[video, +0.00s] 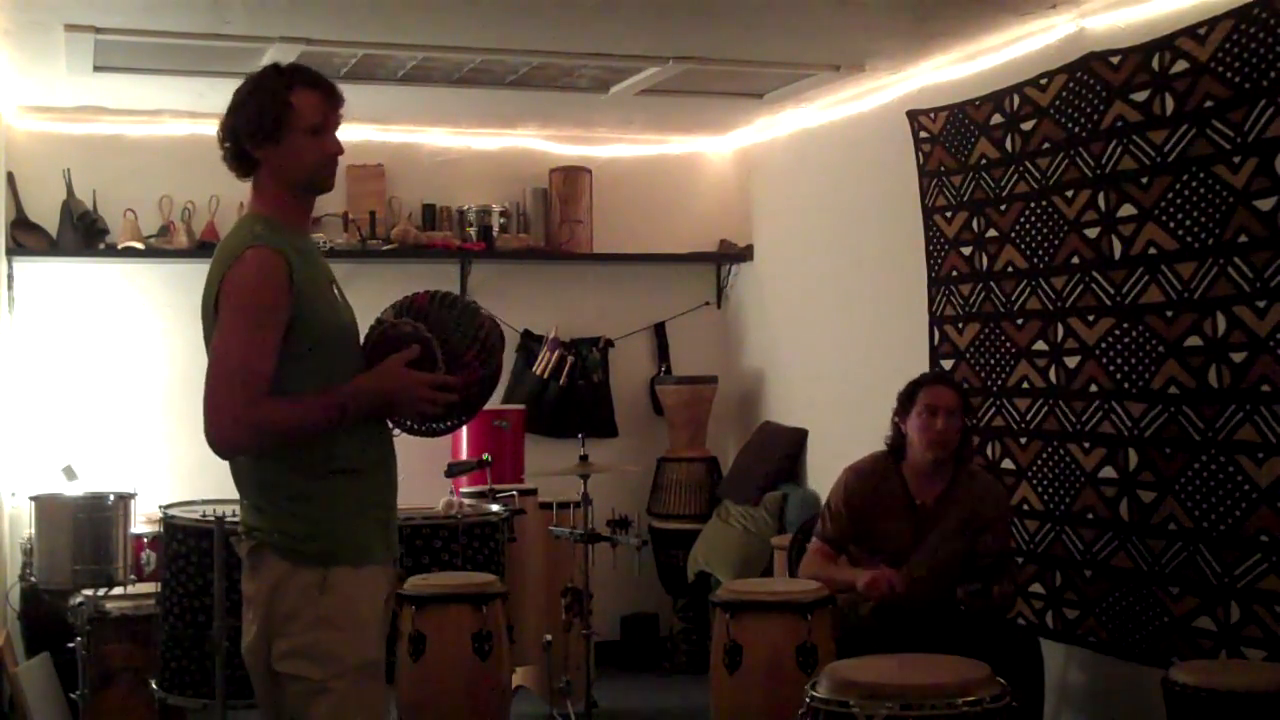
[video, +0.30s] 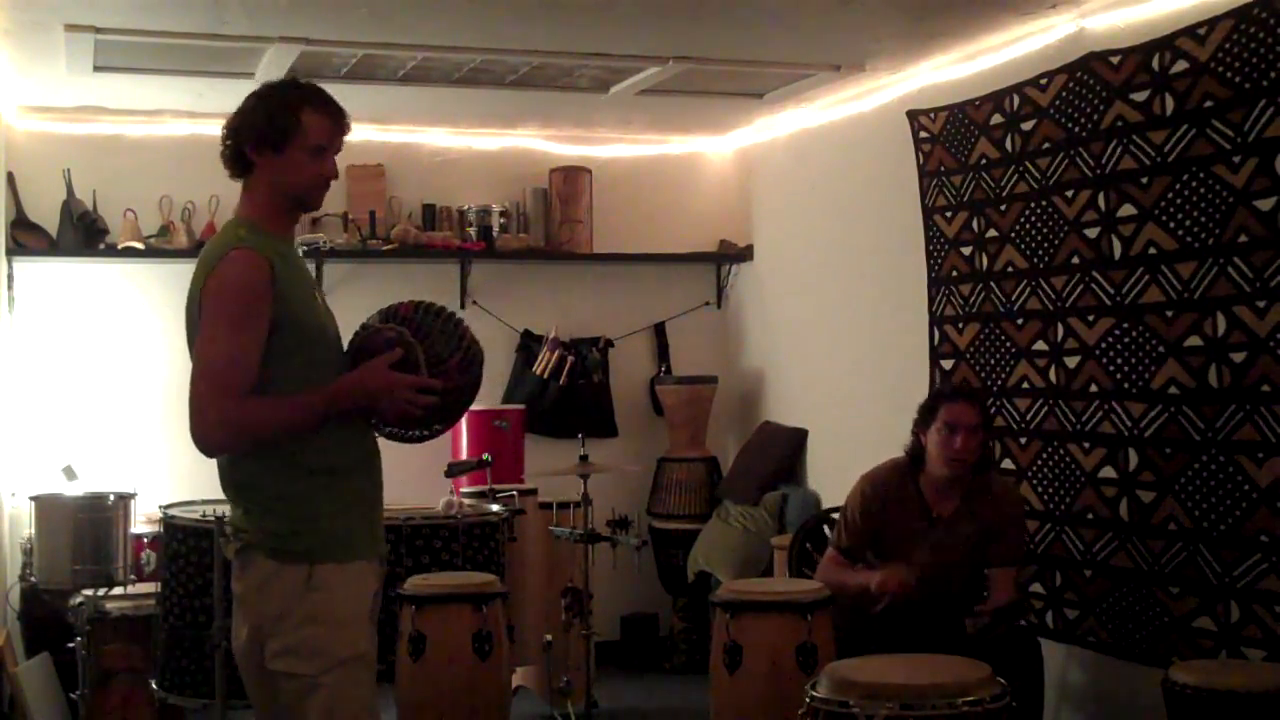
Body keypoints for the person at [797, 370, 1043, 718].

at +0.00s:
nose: (941, 425)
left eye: (952, 415)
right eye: (930, 413)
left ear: (962, 426)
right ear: (903, 421)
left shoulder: (985, 492)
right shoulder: (861, 481)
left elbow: (1002, 583)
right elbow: (811, 566)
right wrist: (858, 577)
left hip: (953, 622)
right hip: (873, 622)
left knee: (1019, 646)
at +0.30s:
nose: (961, 444)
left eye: (972, 432)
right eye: (949, 430)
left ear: (984, 441)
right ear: (922, 434)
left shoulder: (999, 499)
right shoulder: (878, 488)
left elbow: (1003, 589)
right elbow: (826, 570)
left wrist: (990, 613)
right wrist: (870, 579)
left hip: (959, 624)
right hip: (883, 621)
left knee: (1020, 647)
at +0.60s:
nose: (967, 454)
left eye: (979, 443)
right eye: (956, 440)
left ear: (994, 449)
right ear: (931, 440)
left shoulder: (1010, 502)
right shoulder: (885, 492)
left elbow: (1009, 593)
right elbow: (833, 575)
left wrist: (991, 614)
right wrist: (875, 585)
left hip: (968, 623)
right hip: (893, 620)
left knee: (1021, 648)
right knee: (850, 624)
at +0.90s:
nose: (975, 457)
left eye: (988, 448)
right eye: (966, 442)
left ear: (999, 453)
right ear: (940, 437)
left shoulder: (1011, 503)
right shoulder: (886, 491)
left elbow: (1007, 595)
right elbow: (832, 574)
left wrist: (987, 615)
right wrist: (872, 580)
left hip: (965, 626)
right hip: (890, 623)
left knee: (1020, 652)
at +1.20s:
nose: (982, 462)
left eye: (995, 454)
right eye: (973, 447)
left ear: (1003, 457)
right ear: (944, 438)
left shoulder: (1008, 503)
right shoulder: (888, 491)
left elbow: (1005, 595)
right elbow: (835, 577)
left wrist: (989, 615)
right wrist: (876, 580)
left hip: (962, 624)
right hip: (888, 618)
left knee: (1019, 651)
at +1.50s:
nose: (1002, 473)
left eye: (1007, 462)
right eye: (992, 459)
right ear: (956, 448)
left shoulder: (1010, 504)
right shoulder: (888, 492)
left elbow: (1005, 595)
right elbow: (835, 577)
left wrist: (992, 615)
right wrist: (877, 583)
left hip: (961, 620)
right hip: (887, 616)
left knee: (1018, 649)